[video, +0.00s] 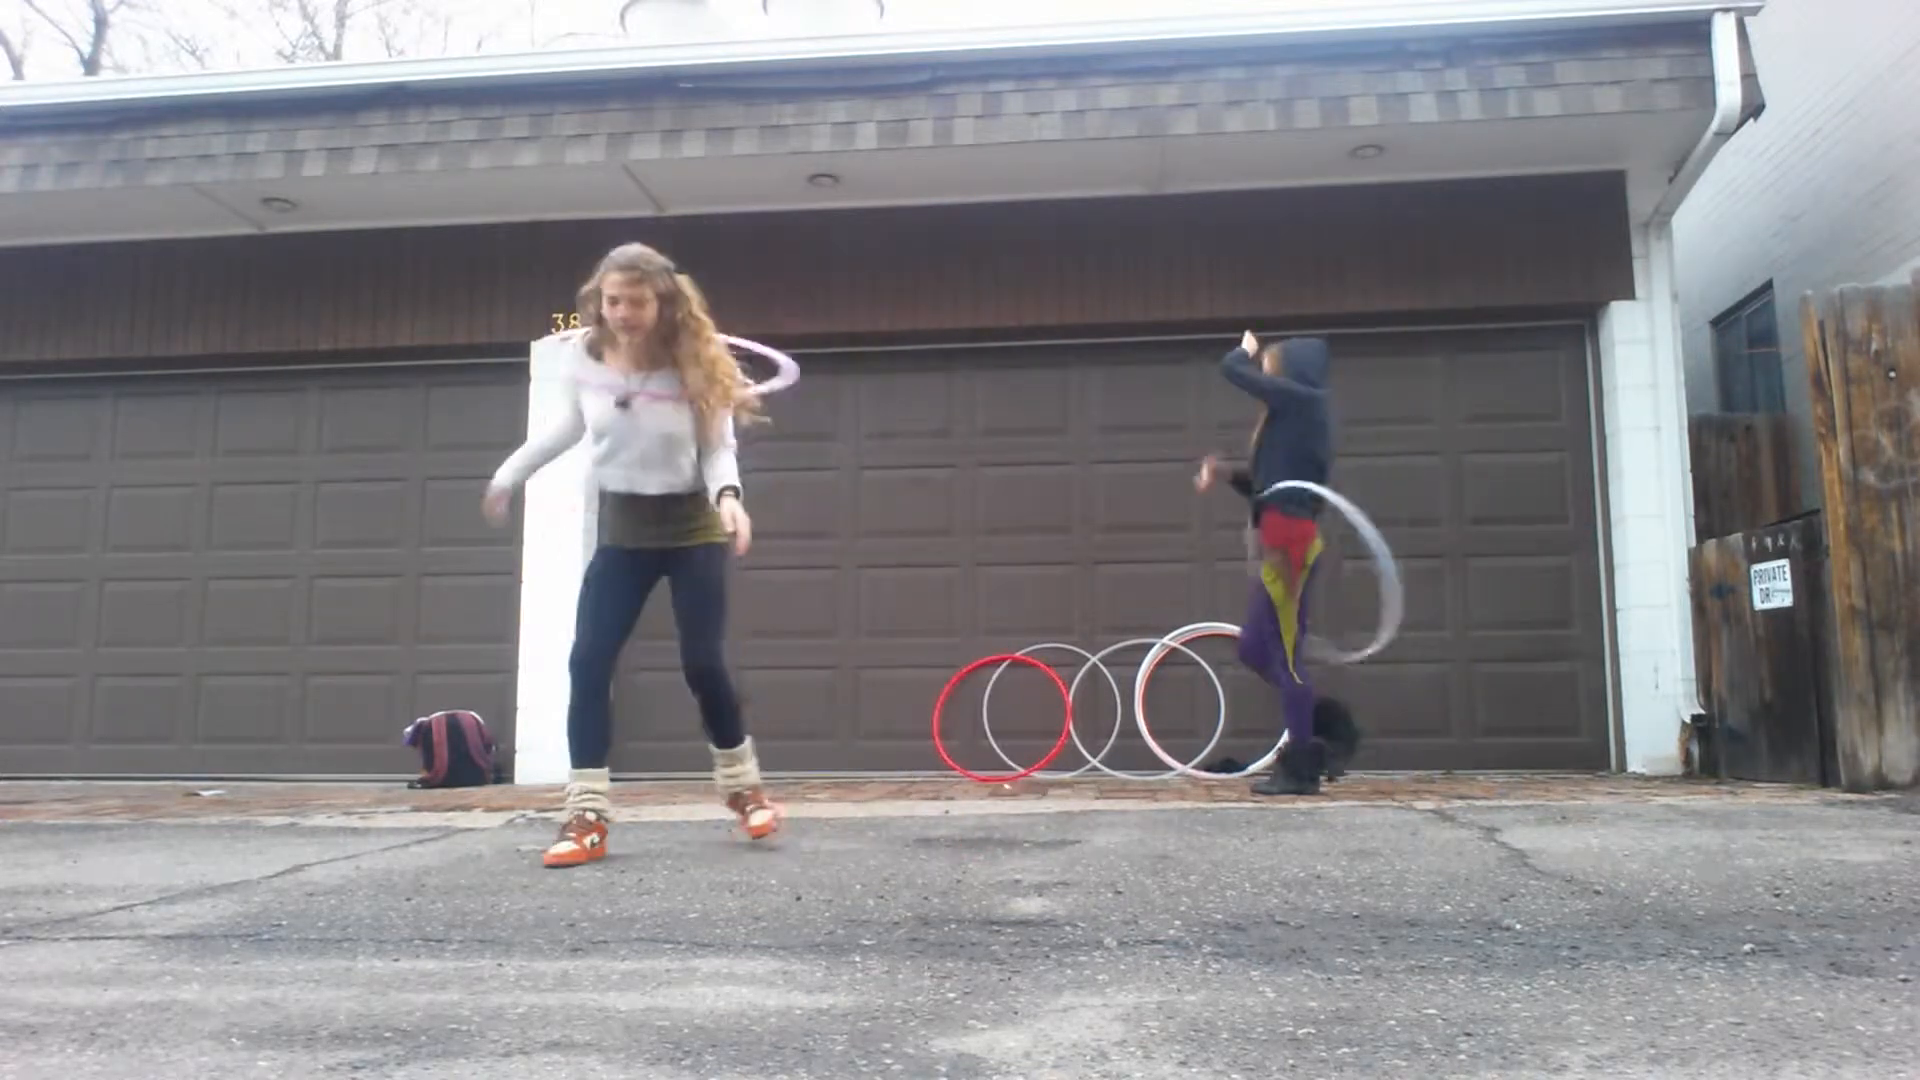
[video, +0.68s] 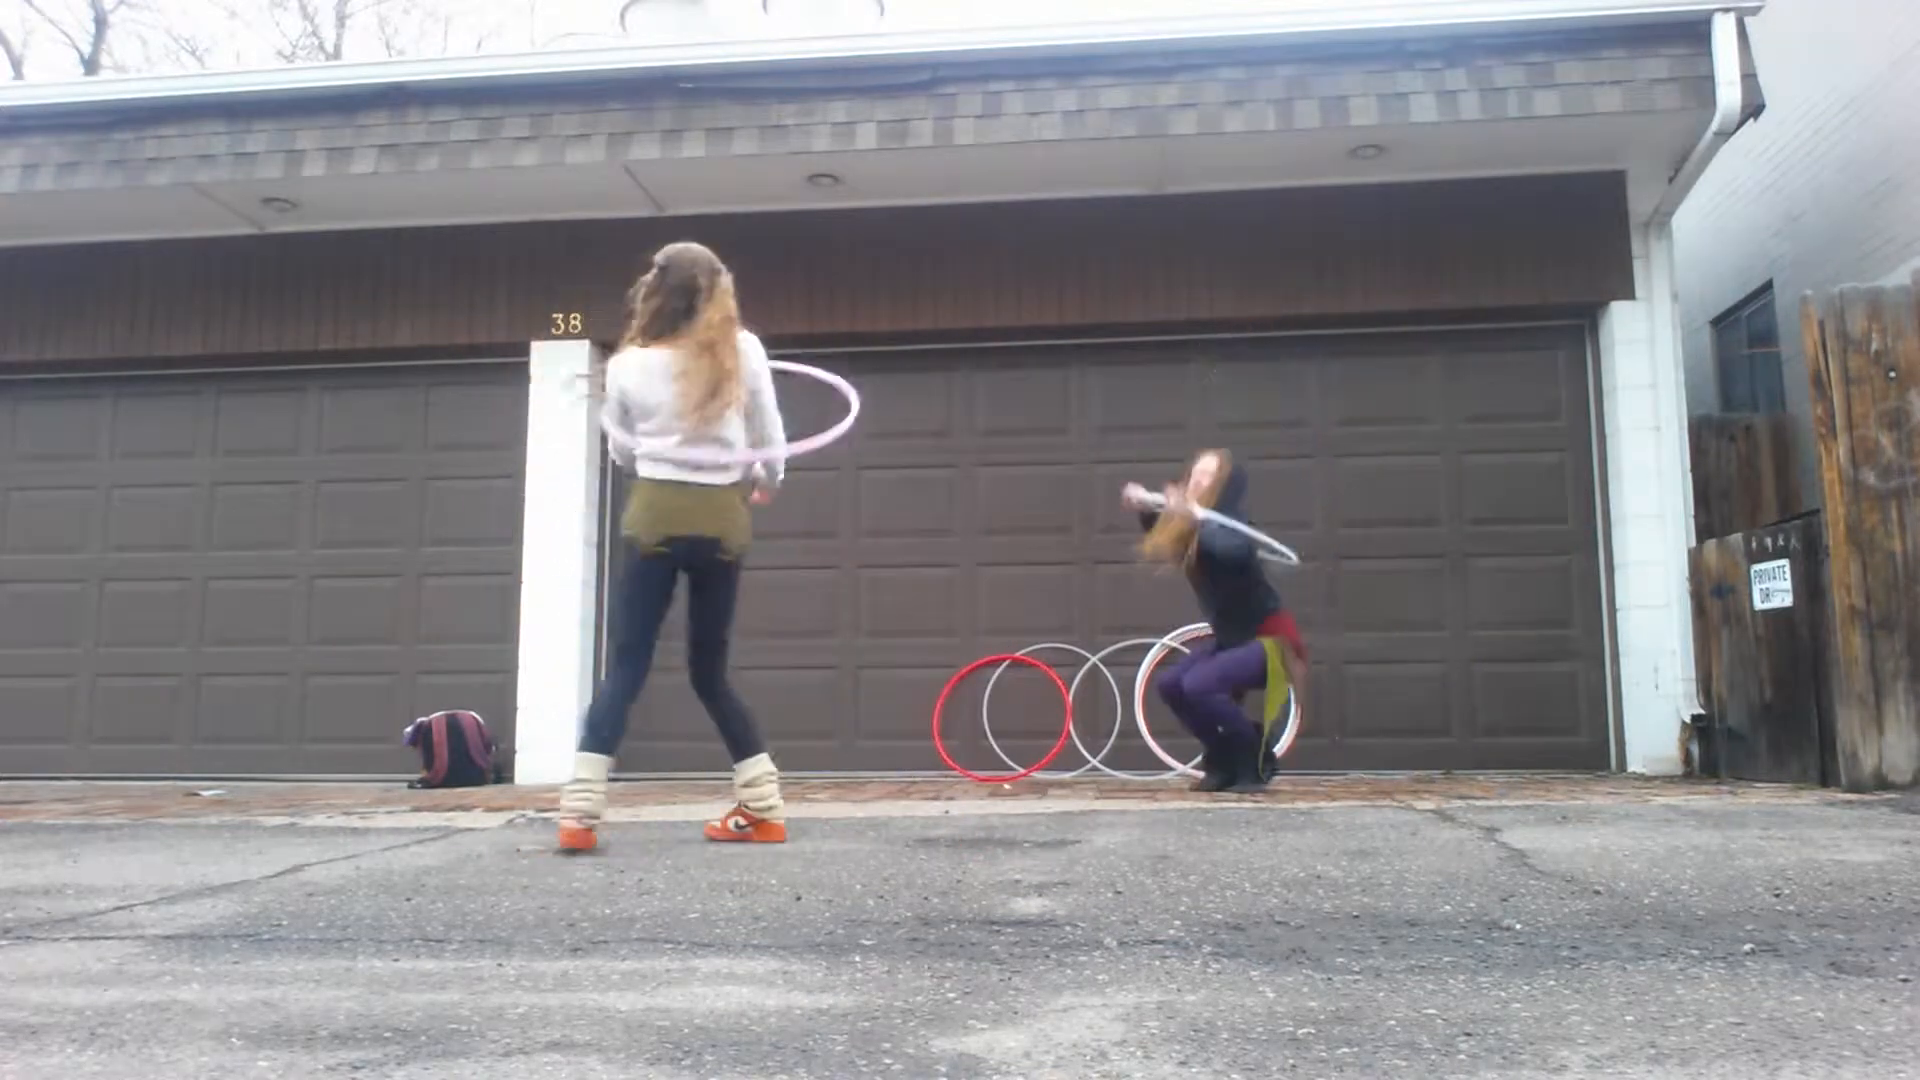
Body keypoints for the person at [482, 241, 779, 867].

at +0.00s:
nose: (621, 313)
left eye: (634, 301)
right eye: (611, 301)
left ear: (663, 302)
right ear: (600, 304)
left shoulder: (699, 362)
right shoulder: (587, 363)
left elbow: (718, 443)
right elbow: (568, 428)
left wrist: (728, 495)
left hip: (695, 531)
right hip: (623, 535)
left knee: (703, 663)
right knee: (588, 662)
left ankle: (744, 790)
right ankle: (587, 813)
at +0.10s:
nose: (623, 328)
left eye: (633, 315)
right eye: (611, 316)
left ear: (655, 314)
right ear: (595, 320)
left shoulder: (687, 367)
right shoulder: (569, 378)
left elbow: (716, 452)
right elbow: (540, 470)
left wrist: (747, 502)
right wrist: (489, 535)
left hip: (676, 537)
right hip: (600, 540)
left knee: (712, 663)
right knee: (570, 658)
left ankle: (677, 785)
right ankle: (585, 813)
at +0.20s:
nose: (645, 334)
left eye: (651, 321)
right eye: (630, 325)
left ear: (661, 318)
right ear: (601, 329)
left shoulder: (684, 363)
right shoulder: (579, 393)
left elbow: (716, 433)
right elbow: (575, 490)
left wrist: (760, 491)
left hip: (651, 543)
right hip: (585, 542)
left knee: (687, 671)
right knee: (584, 669)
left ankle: (603, 782)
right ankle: (582, 813)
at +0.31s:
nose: (661, 333)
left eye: (667, 320)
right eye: (648, 325)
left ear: (676, 318)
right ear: (621, 331)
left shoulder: (674, 371)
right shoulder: (605, 385)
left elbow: (710, 434)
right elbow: (632, 489)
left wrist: (766, 472)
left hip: (631, 530)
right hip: (601, 531)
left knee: (627, 678)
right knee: (631, 676)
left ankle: (553, 809)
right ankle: (587, 812)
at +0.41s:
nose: (697, 324)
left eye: (696, 312)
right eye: (688, 313)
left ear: (648, 320)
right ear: (658, 319)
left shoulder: (621, 369)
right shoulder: (643, 383)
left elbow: (674, 430)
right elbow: (676, 479)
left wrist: (746, 452)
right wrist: (760, 501)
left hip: (594, 534)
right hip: (626, 539)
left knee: (615, 682)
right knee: (687, 675)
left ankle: (552, 811)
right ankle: (624, 809)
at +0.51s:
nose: (707, 314)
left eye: (706, 302)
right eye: (702, 302)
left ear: (642, 301)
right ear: (681, 305)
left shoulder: (605, 358)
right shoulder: (678, 367)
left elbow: (620, 441)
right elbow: (702, 466)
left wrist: (699, 429)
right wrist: (766, 463)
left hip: (597, 533)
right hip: (655, 538)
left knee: (599, 681)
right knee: (695, 667)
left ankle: (550, 813)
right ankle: (695, 806)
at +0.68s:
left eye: (647, 283)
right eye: (724, 287)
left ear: (654, 294)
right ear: (717, 295)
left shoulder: (627, 363)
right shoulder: (744, 349)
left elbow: (621, 452)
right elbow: (770, 443)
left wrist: (672, 457)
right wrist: (766, 480)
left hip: (651, 508)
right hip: (722, 510)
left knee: (626, 666)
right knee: (710, 673)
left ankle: (578, 810)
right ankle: (765, 806)